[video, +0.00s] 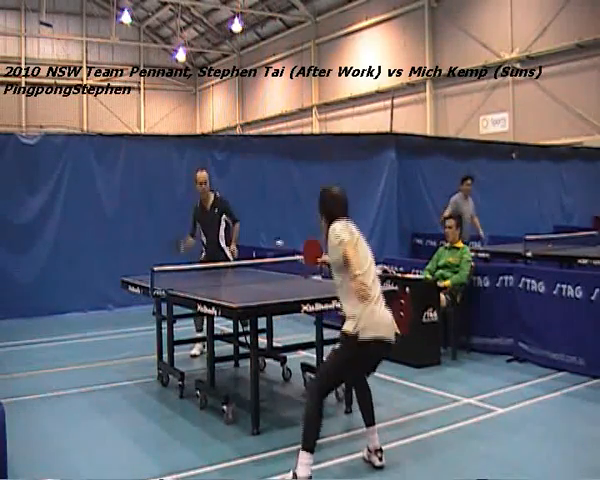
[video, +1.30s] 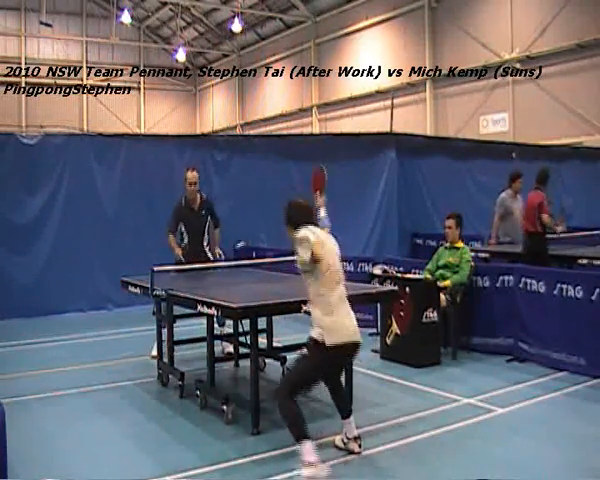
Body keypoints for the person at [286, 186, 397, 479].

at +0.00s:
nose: (318, 213)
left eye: (319, 208)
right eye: (321, 207)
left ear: (323, 211)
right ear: (345, 208)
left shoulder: (337, 230)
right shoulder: (356, 232)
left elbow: (348, 256)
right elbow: (347, 262)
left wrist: (359, 282)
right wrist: (324, 261)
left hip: (361, 332)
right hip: (384, 333)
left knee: (316, 389)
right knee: (358, 379)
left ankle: (302, 468)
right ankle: (375, 449)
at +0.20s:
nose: (326, 192)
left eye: (327, 187)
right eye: (328, 187)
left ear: (332, 187)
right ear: (354, 184)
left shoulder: (344, 206)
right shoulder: (365, 210)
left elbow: (356, 237)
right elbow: (370, 266)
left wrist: (353, 289)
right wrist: (336, 274)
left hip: (367, 316)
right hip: (387, 314)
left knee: (336, 384)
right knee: (364, 373)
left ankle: (346, 459)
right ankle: (376, 446)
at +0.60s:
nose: (336, 188)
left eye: (336, 182)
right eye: (341, 180)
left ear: (339, 185)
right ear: (363, 183)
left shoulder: (348, 214)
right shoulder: (379, 215)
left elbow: (332, 264)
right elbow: (384, 267)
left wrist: (317, 322)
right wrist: (358, 308)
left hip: (371, 322)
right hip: (399, 320)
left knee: (340, 393)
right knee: (384, 379)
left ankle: (369, 466)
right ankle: (407, 450)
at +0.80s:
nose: (324, 199)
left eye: (324, 194)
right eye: (328, 192)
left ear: (327, 195)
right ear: (351, 192)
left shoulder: (340, 222)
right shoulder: (365, 222)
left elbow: (318, 275)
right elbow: (351, 273)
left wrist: (299, 321)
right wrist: (319, 283)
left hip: (365, 332)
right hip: (391, 330)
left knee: (323, 392)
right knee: (375, 375)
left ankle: (335, 465)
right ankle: (400, 440)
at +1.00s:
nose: (302, 233)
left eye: (303, 229)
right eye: (304, 228)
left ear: (307, 231)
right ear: (330, 228)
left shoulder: (319, 256)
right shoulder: (344, 253)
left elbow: (279, 274)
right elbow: (294, 268)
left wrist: (253, 269)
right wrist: (266, 269)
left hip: (363, 356)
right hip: (384, 351)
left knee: (311, 402)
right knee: (349, 381)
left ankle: (331, 472)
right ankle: (353, 434)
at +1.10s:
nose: (299, 235)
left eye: (300, 231)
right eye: (301, 230)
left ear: (304, 232)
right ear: (325, 228)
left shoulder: (317, 255)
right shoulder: (333, 252)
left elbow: (274, 281)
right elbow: (299, 273)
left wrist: (243, 295)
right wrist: (276, 276)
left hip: (355, 357)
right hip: (372, 353)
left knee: (306, 407)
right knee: (343, 387)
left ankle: (330, 472)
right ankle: (352, 436)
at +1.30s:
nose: (288, 231)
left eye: (287, 226)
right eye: (289, 226)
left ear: (291, 225)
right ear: (313, 218)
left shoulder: (304, 237)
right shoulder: (328, 239)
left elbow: (308, 248)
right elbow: (323, 228)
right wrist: (319, 209)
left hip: (328, 342)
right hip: (352, 338)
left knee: (284, 393)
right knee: (331, 376)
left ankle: (310, 459)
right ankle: (351, 435)